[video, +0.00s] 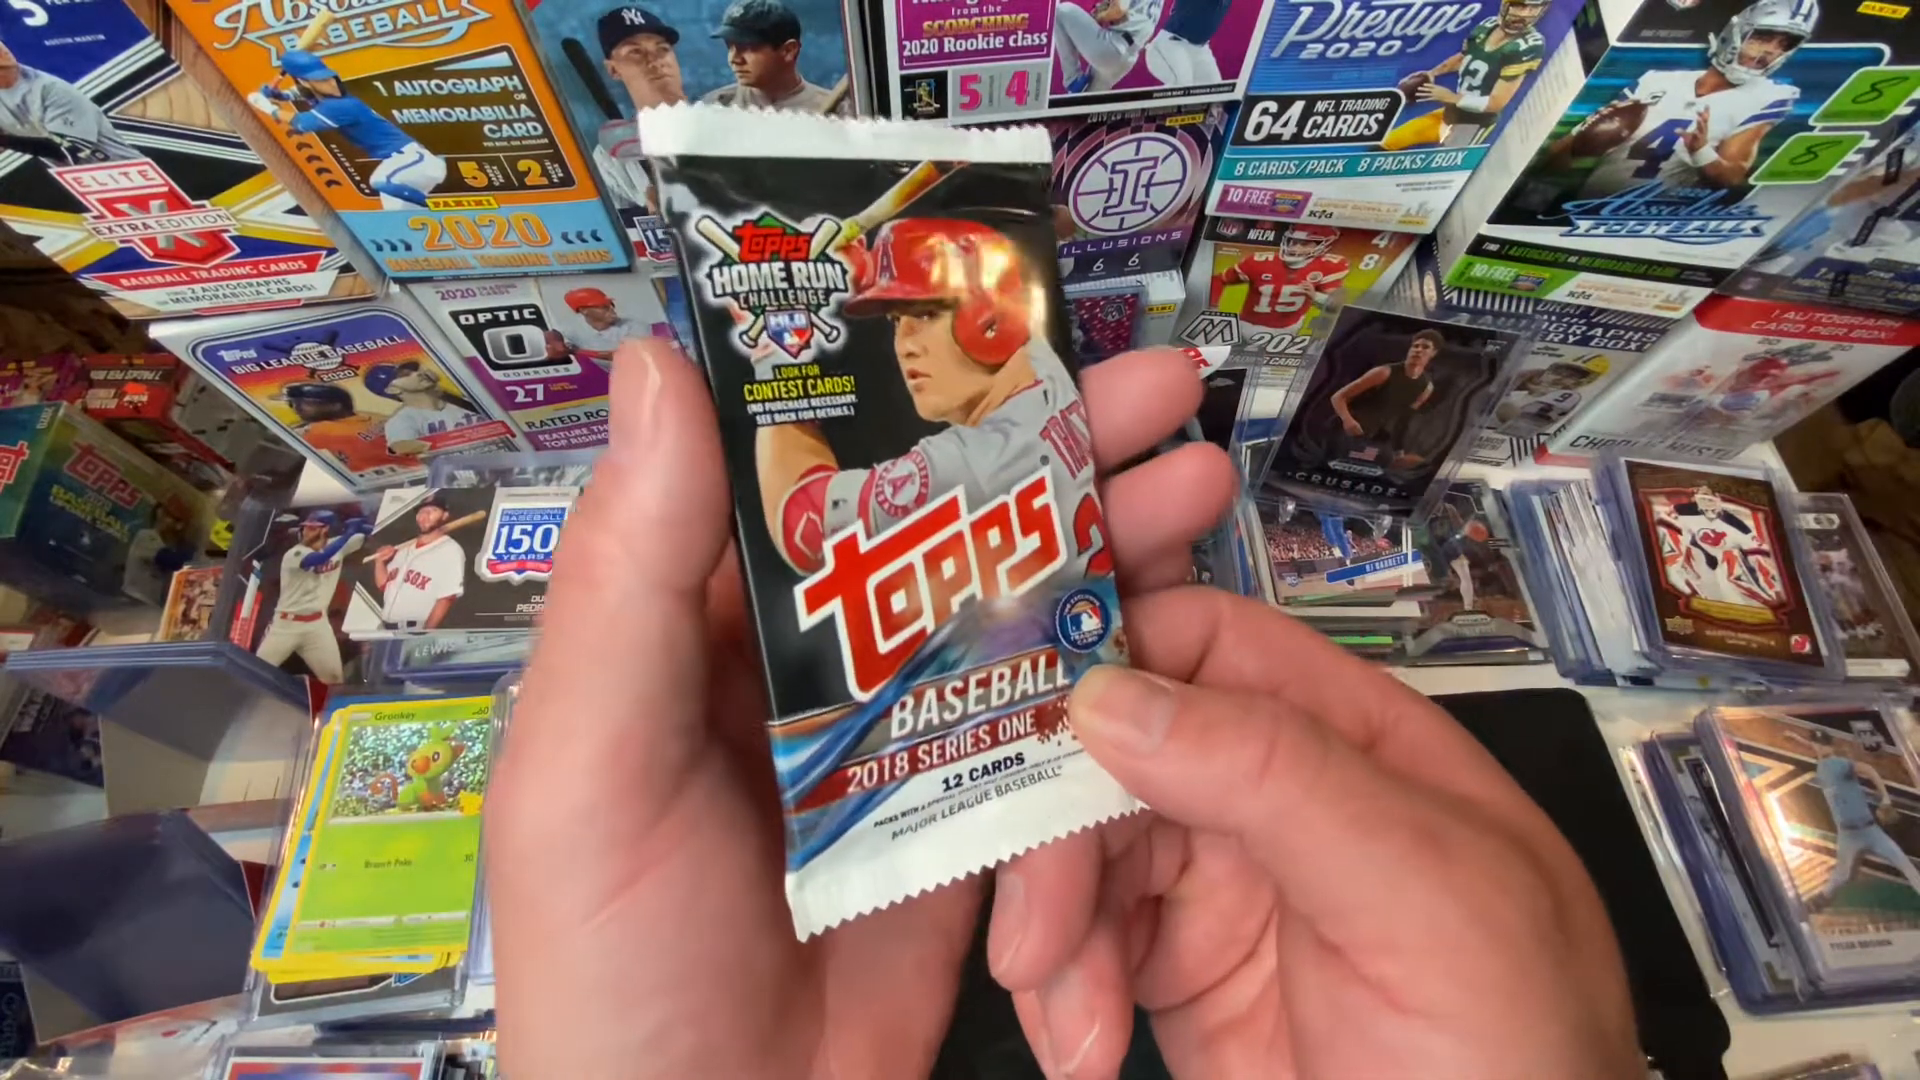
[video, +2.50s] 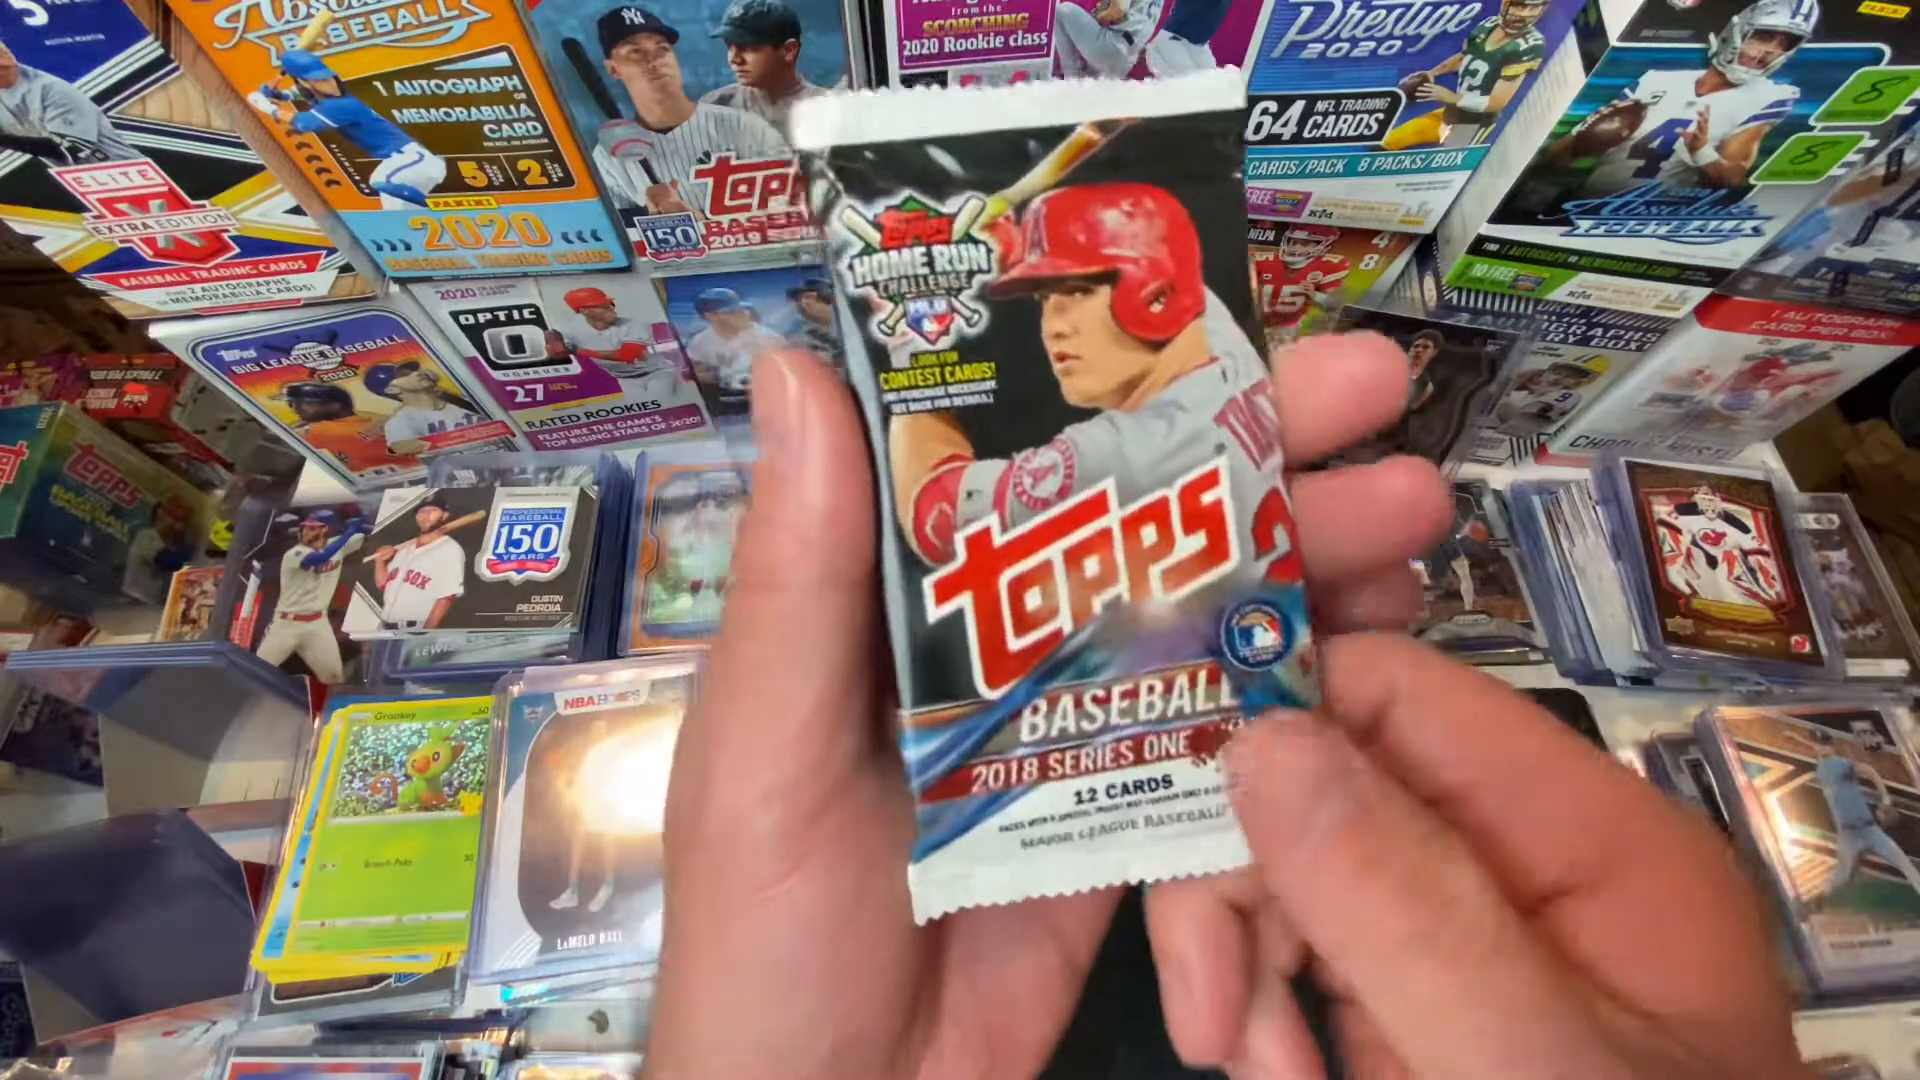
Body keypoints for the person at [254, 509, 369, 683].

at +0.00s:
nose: (305, 532)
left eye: (311, 528)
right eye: (304, 527)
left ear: (324, 530)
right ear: (302, 529)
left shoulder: (337, 548)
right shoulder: (293, 554)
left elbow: (368, 533)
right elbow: (319, 560)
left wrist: (358, 525)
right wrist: (346, 537)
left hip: (317, 626)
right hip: (284, 625)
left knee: (334, 679)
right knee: (257, 671)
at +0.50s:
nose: (304, 531)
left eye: (311, 528)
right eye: (304, 527)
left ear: (324, 531)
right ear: (303, 530)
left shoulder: (337, 548)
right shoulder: (294, 554)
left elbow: (366, 534)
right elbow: (318, 559)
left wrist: (359, 525)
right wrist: (346, 537)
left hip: (317, 625)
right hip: (285, 624)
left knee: (334, 677)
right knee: (258, 670)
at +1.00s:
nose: (303, 531)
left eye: (310, 527)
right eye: (304, 527)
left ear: (324, 530)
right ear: (303, 530)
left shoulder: (337, 549)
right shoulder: (294, 554)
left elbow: (367, 533)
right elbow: (318, 559)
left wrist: (358, 525)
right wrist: (347, 536)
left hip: (317, 625)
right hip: (285, 624)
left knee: (333, 677)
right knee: (258, 670)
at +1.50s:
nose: (302, 531)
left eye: (309, 527)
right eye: (303, 527)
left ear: (324, 530)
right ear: (303, 530)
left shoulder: (336, 549)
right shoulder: (294, 554)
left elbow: (367, 531)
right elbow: (318, 559)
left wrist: (355, 524)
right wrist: (347, 535)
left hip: (317, 625)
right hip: (285, 624)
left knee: (334, 678)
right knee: (258, 670)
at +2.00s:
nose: (303, 531)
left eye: (309, 528)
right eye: (304, 527)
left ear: (323, 531)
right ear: (303, 529)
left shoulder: (337, 548)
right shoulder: (294, 554)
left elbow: (368, 532)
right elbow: (320, 559)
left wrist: (357, 524)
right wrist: (348, 534)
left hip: (317, 625)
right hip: (285, 624)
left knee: (334, 677)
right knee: (258, 670)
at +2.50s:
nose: (303, 532)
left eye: (310, 528)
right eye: (303, 528)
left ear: (323, 531)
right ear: (302, 530)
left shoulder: (337, 548)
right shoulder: (294, 554)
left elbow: (369, 533)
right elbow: (320, 559)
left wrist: (357, 523)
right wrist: (347, 536)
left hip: (317, 625)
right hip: (285, 624)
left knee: (333, 677)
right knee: (259, 670)